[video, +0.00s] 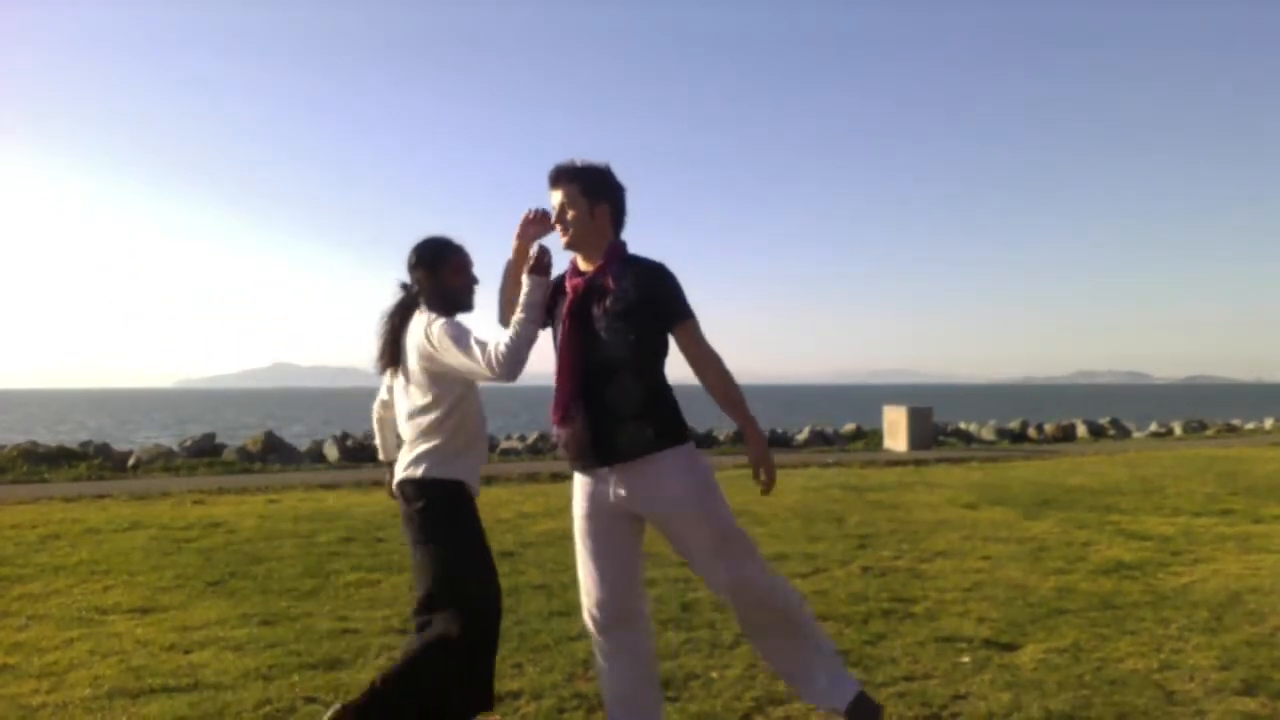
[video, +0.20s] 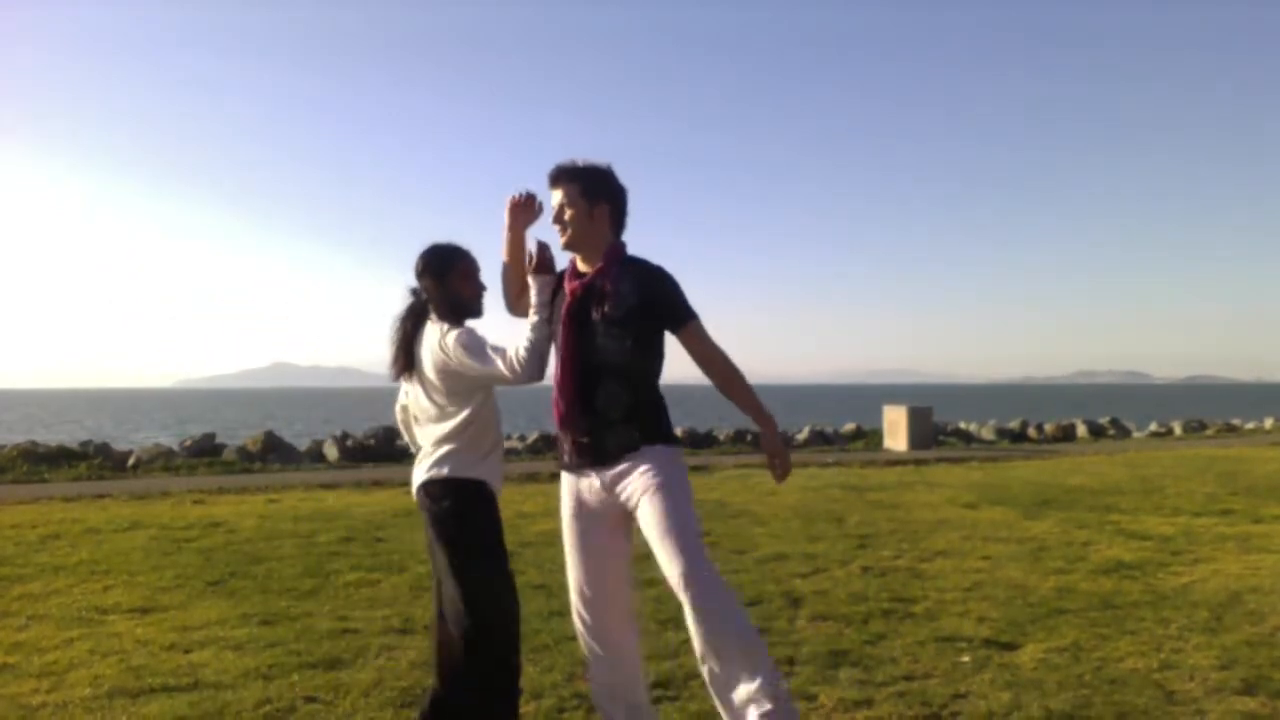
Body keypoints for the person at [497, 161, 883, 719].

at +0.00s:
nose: (556, 220)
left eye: (567, 210)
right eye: (554, 212)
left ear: (605, 212)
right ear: (557, 219)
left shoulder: (646, 277)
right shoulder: (558, 287)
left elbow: (700, 357)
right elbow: (510, 317)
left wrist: (750, 430)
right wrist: (520, 249)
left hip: (662, 462)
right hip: (593, 473)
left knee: (743, 581)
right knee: (607, 618)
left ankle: (844, 696)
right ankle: (632, 715)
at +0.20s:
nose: (556, 219)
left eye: (566, 209)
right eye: (554, 211)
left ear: (605, 213)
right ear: (560, 219)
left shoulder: (647, 280)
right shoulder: (558, 285)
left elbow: (708, 357)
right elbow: (516, 299)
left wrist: (766, 423)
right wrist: (514, 234)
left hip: (645, 462)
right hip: (580, 473)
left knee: (689, 577)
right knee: (595, 614)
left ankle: (762, 707)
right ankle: (624, 714)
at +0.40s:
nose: (562, 220)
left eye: (573, 210)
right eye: (560, 211)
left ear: (612, 216)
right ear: (563, 220)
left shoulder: (651, 286)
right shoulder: (563, 284)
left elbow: (717, 360)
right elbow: (517, 294)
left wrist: (778, 424)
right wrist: (517, 238)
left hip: (636, 451)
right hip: (578, 461)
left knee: (607, 555)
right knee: (583, 593)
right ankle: (628, 710)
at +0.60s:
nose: (563, 215)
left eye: (575, 206)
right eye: (564, 207)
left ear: (612, 216)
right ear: (580, 216)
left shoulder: (648, 288)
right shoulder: (560, 282)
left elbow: (720, 358)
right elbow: (517, 284)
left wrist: (786, 421)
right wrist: (506, 245)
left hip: (635, 453)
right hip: (581, 458)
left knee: (551, 546)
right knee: (597, 622)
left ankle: (450, 693)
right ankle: (628, 713)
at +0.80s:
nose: (568, 221)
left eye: (580, 212)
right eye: (569, 212)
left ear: (618, 221)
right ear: (587, 221)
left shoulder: (652, 296)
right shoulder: (564, 281)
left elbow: (732, 364)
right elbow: (504, 286)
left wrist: (780, 438)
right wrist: (474, 269)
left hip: (625, 462)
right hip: (575, 461)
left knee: (522, 558)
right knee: (594, 622)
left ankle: (430, 711)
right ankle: (624, 714)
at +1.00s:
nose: (576, 224)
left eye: (588, 215)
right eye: (577, 214)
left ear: (627, 225)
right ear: (588, 221)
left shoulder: (651, 302)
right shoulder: (571, 278)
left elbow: (734, 383)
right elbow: (492, 290)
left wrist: (709, 446)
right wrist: (458, 322)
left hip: (610, 467)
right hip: (569, 463)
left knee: (515, 581)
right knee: (587, 614)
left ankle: (504, 713)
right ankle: (624, 714)